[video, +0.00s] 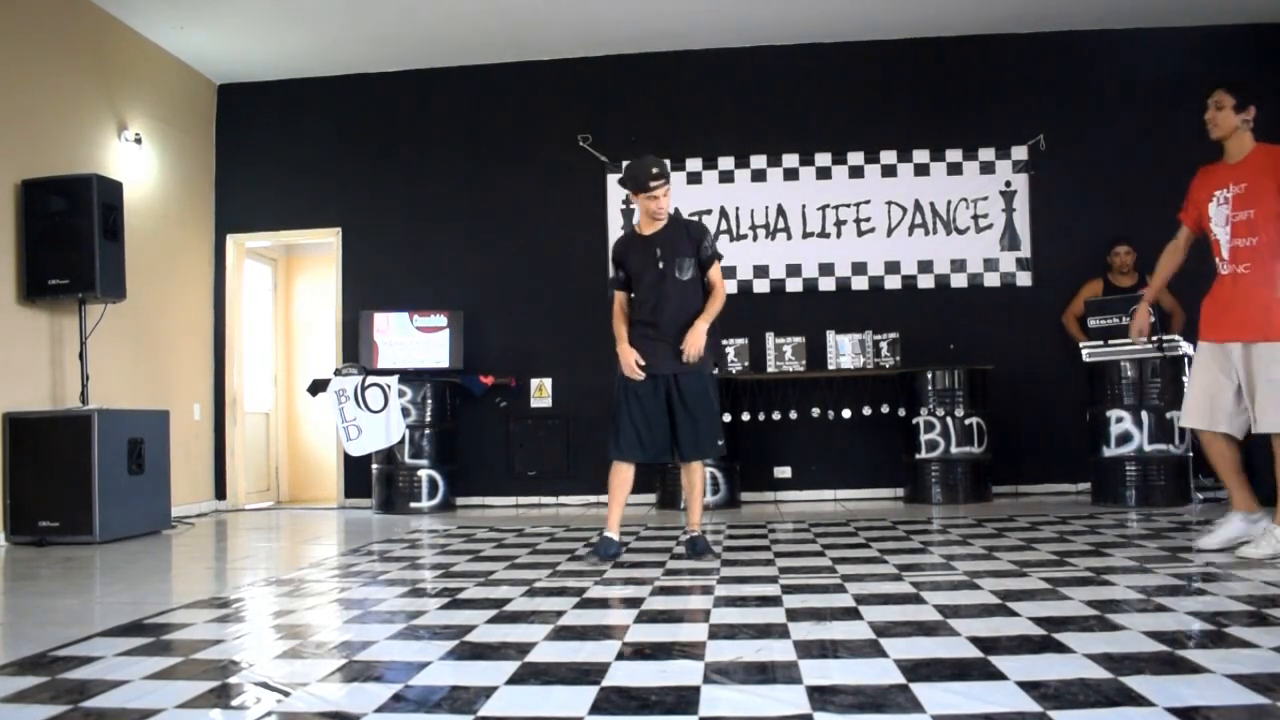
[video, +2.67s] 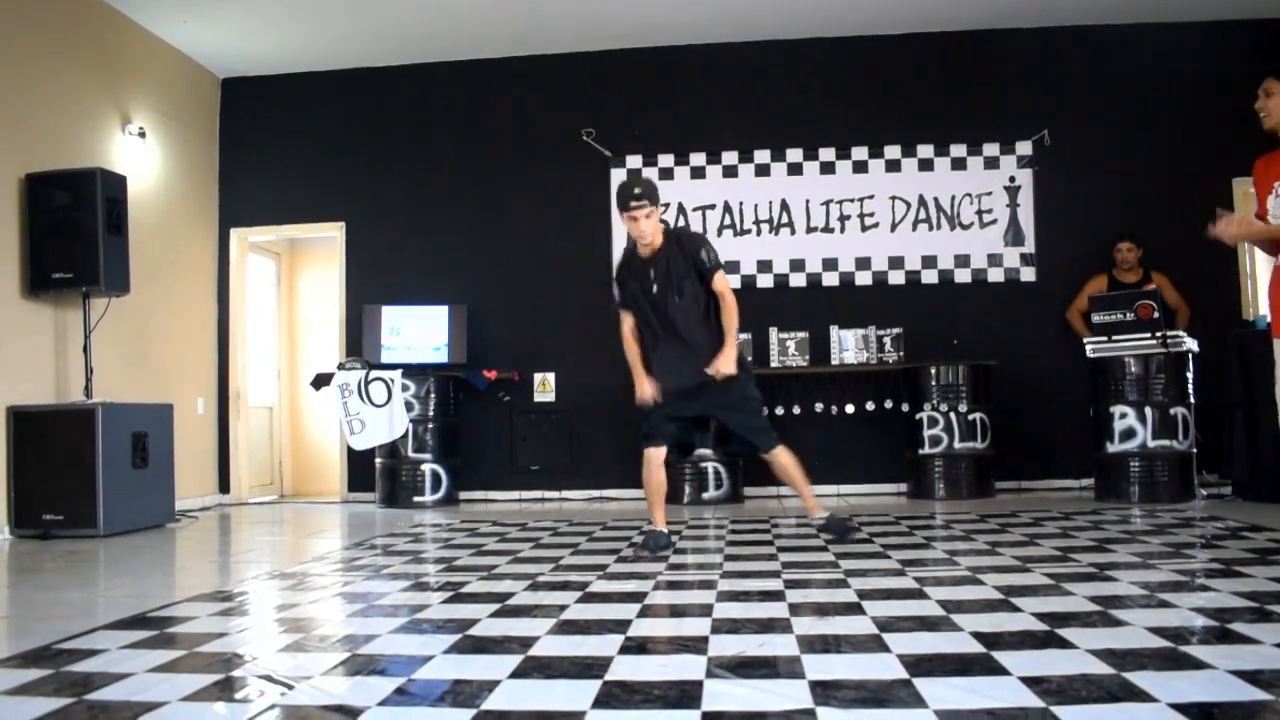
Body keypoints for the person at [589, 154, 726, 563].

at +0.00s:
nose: (660, 204)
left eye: (664, 195)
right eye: (651, 197)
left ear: (671, 192)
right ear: (634, 199)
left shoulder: (693, 234)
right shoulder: (624, 247)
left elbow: (719, 289)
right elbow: (620, 304)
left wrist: (701, 327)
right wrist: (622, 345)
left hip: (689, 364)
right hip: (641, 365)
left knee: (692, 450)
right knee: (625, 449)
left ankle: (695, 531)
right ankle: (610, 535)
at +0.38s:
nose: (622, 193)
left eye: (624, 186)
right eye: (613, 188)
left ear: (626, 189)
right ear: (589, 193)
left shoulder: (645, 229)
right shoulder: (575, 250)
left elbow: (664, 287)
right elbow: (566, 314)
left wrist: (665, 334)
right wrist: (578, 351)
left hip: (648, 362)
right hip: (598, 367)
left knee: (669, 450)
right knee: (595, 455)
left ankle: (686, 531)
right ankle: (594, 539)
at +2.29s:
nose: (647, 209)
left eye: (655, 200)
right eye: (640, 200)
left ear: (668, 193)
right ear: (630, 195)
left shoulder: (695, 233)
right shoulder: (620, 237)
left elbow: (718, 291)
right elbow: (614, 287)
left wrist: (698, 335)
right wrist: (607, 326)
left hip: (673, 359)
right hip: (623, 355)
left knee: (682, 445)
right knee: (589, 430)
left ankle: (681, 530)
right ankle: (564, 513)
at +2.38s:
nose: (646, 212)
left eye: (653, 204)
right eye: (639, 204)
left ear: (667, 196)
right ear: (629, 199)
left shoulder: (697, 236)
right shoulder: (625, 243)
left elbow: (720, 292)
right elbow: (619, 289)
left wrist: (701, 332)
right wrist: (611, 325)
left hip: (682, 356)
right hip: (632, 353)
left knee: (683, 444)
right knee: (588, 420)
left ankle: (681, 532)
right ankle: (552, 456)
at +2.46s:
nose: (643, 210)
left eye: (650, 201)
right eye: (635, 202)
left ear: (663, 193)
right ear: (625, 199)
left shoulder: (693, 230)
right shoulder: (620, 243)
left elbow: (718, 284)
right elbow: (615, 292)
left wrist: (705, 325)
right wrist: (615, 326)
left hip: (691, 350)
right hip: (642, 352)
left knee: (691, 440)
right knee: (621, 420)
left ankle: (686, 530)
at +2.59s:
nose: (640, 214)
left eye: (646, 205)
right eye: (632, 207)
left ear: (660, 195)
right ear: (622, 205)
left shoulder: (691, 230)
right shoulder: (619, 246)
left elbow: (722, 282)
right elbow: (615, 295)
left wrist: (712, 330)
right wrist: (627, 329)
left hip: (707, 351)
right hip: (658, 355)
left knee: (731, 441)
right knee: (649, 440)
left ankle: (759, 521)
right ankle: (657, 527)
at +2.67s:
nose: (640, 224)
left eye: (645, 215)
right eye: (632, 217)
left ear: (658, 213)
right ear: (623, 221)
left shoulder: (691, 245)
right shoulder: (626, 268)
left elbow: (726, 296)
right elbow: (628, 330)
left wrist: (729, 349)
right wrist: (639, 376)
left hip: (716, 367)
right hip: (666, 378)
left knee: (766, 441)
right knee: (653, 451)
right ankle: (658, 530)